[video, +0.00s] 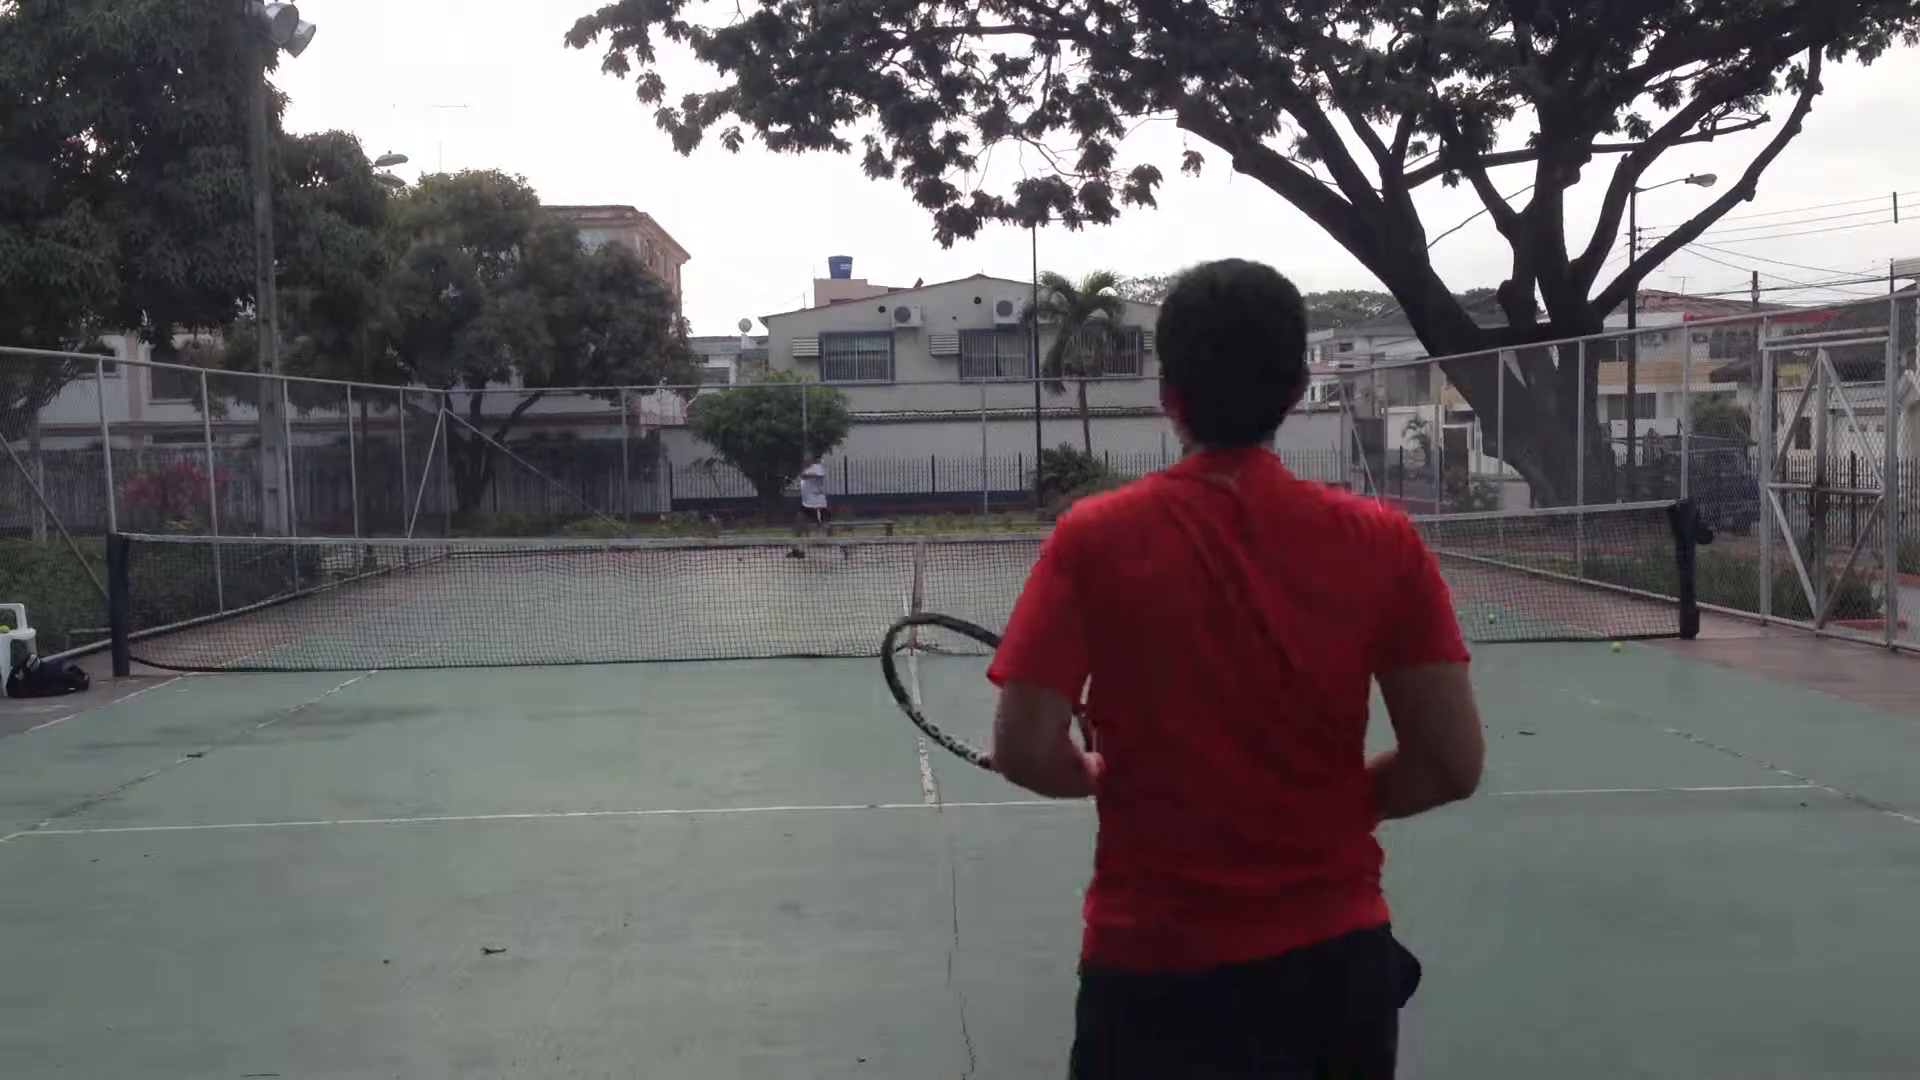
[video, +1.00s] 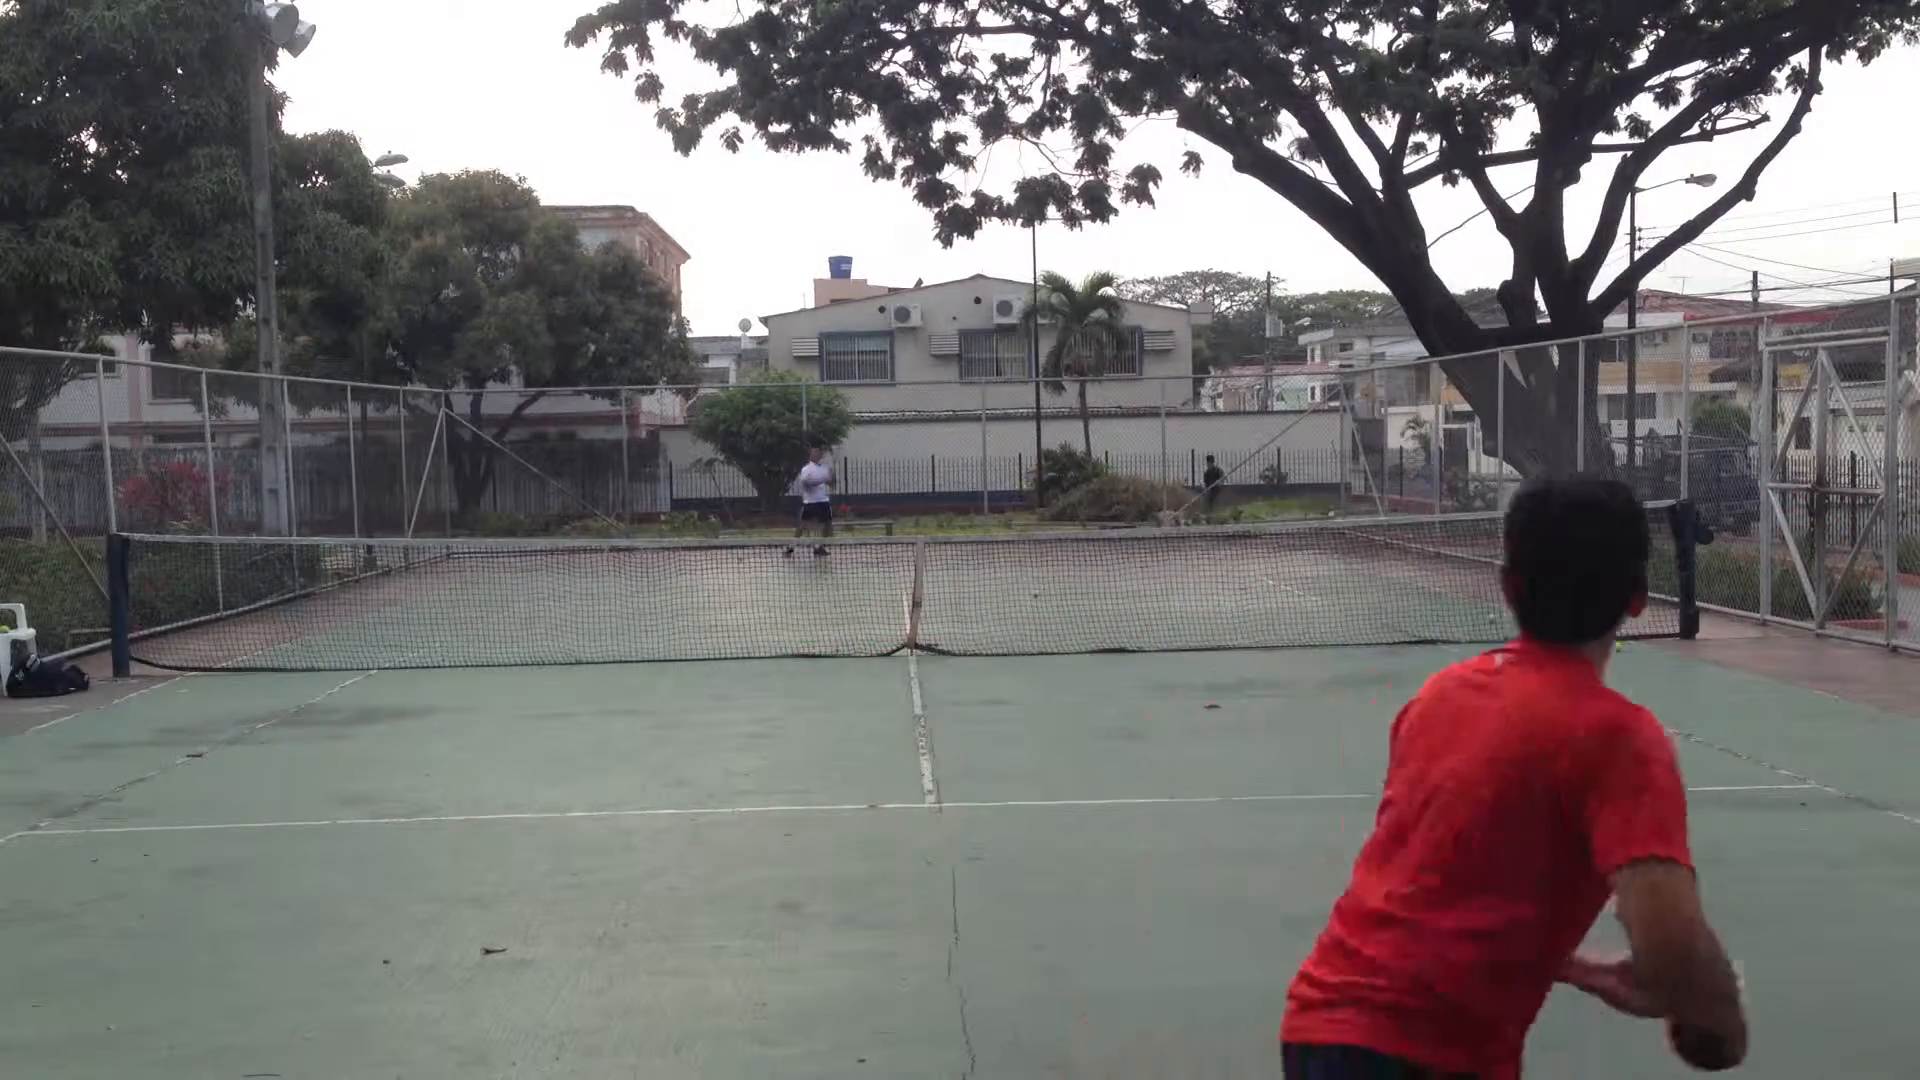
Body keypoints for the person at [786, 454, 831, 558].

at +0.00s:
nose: (805, 460)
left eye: (808, 457)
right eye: (804, 457)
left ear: (814, 458)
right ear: (804, 459)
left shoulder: (818, 467)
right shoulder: (805, 469)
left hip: (818, 504)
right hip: (806, 504)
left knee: (826, 530)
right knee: (798, 527)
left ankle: (842, 547)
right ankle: (798, 549)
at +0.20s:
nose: (807, 448)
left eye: (810, 447)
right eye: (806, 446)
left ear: (814, 450)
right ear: (803, 448)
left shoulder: (815, 459)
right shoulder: (796, 457)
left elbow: (826, 462)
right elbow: (784, 459)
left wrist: (824, 456)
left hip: (807, 493)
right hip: (793, 491)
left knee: (808, 519)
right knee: (792, 519)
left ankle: (815, 543)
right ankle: (794, 545)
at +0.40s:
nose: (798, 452)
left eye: (801, 451)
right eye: (798, 450)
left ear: (806, 454)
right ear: (795, 452)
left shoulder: (811, 465)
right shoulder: (789, 461)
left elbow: (824, 458)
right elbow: (783, 446)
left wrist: (822, 445)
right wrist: (801, 439)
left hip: (801, 498)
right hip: (786, 495)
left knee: (799, 523)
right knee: (787, 521)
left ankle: (801, 547)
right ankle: (784, 546)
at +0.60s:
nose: (804, 450)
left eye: (806, 448)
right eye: (801, 447)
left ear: (808, 450)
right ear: (794, 450)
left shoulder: (811, 464)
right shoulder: (789, 462)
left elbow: (823, 463)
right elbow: (788, 452)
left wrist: (824, 457)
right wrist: (797, 446)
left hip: (804, 496)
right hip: (788, 494)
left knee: (808, 521)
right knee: (787, 521)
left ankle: (808, 545)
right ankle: (786, 546)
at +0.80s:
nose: (800, 449)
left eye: (803, 447)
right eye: (799, 447)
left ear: (809, 451)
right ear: (798, 451)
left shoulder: (814, 466)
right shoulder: (794, 461)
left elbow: (827, 475)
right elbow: (801, 464)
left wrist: (825, 464)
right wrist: (812, 458)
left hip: (811, 499)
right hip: (796, 498)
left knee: (817, 522)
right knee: (792, 522)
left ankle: (818, 546)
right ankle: (787, 546)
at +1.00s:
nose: (817, 455)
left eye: (819, 453)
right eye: (815, 453)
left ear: (821, 454)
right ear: (810, 455)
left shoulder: (825, 468)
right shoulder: (806, 469)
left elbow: (831, 483)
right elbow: (805, 482)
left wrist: (831, 476)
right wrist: (823, 479)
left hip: (823, 500)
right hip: (809, 501)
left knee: (827, 525)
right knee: (802, 525)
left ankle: (820, 546)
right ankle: (791, 547)